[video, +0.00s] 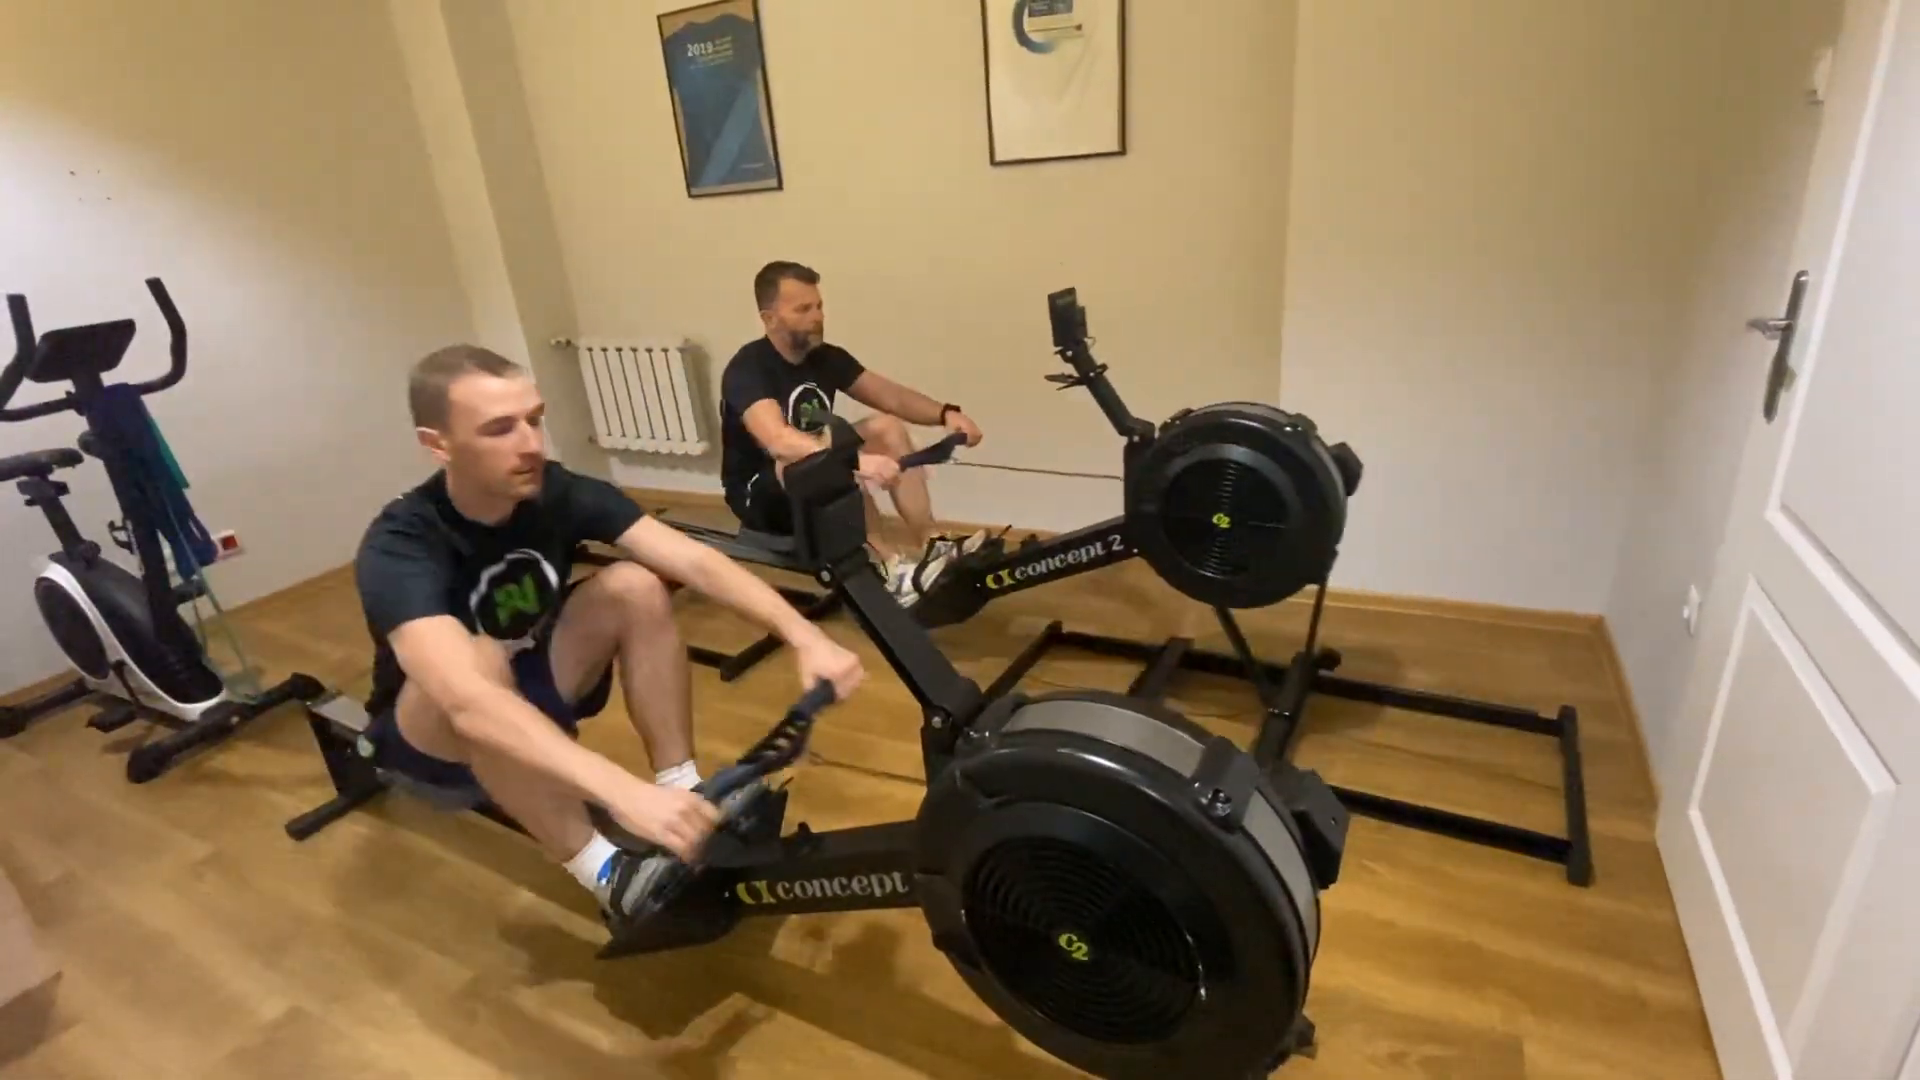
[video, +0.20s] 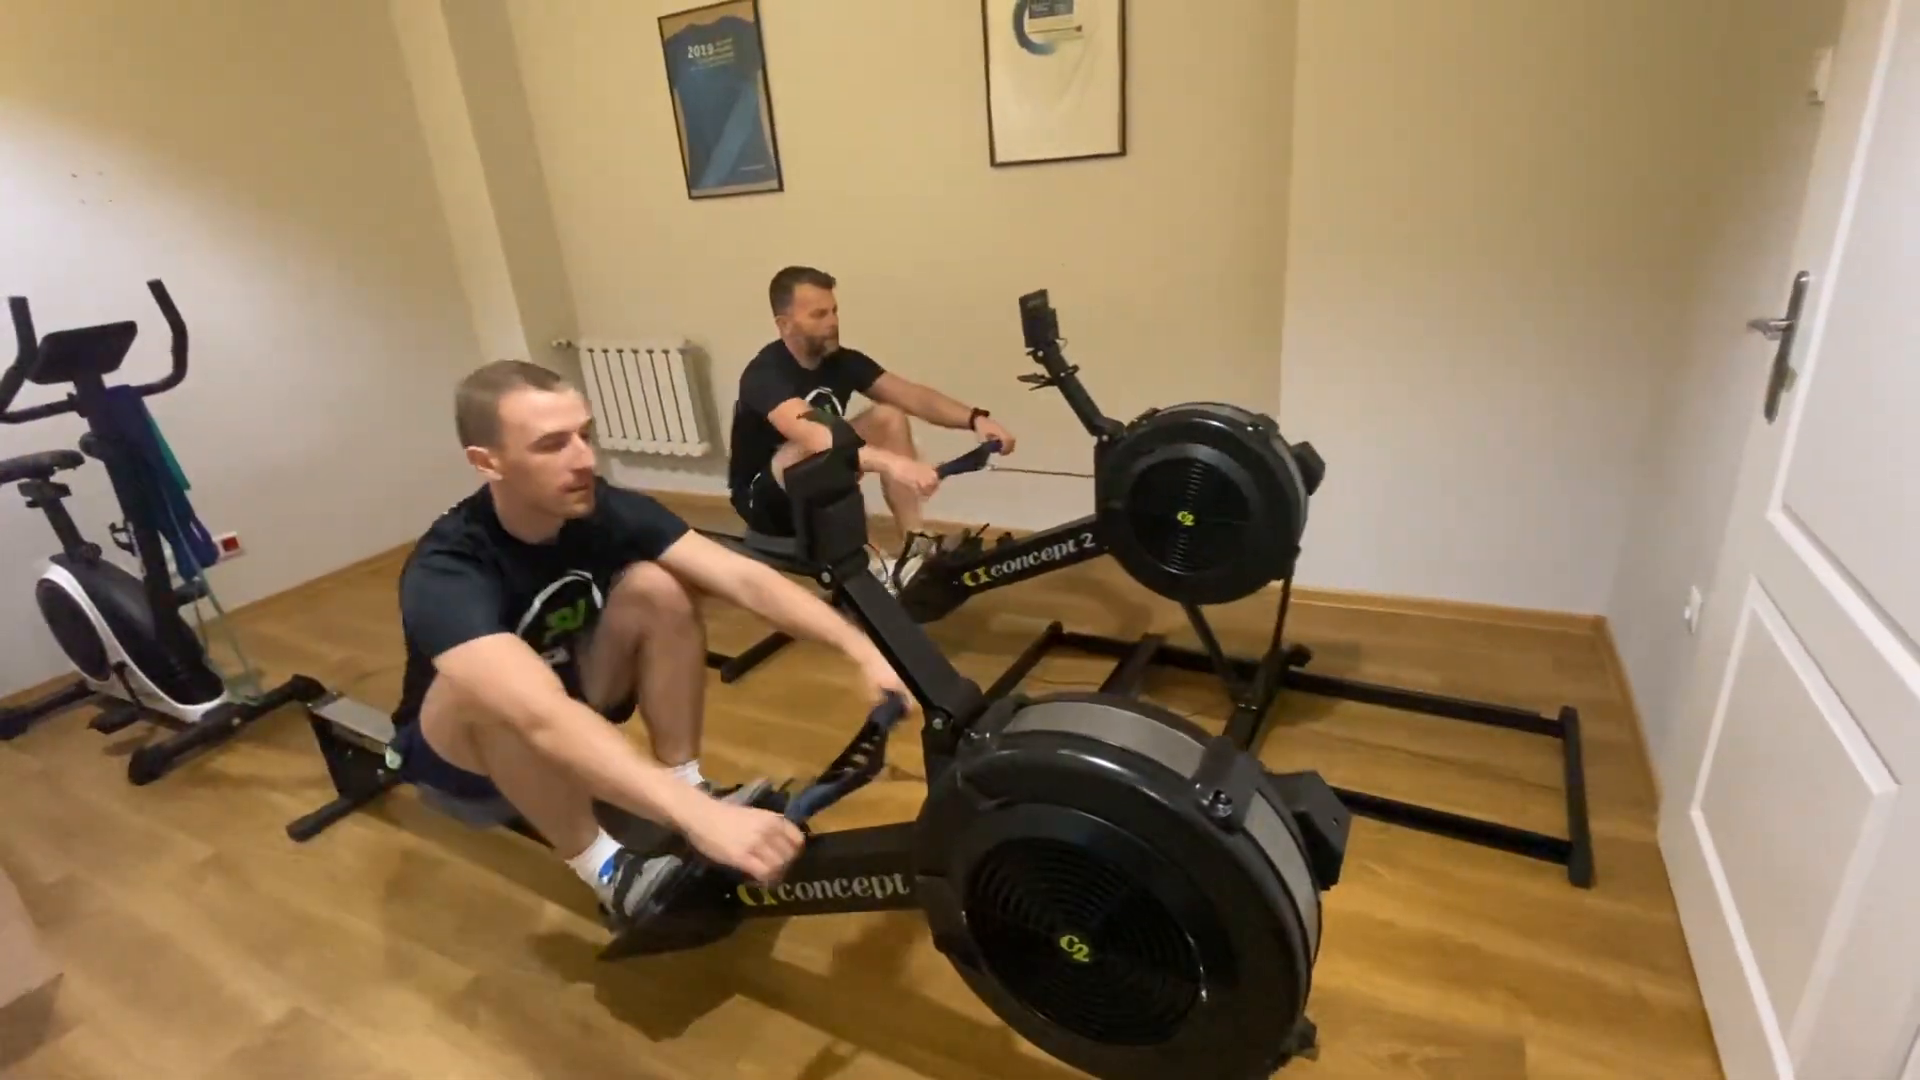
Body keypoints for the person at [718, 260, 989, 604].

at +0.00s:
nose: (818, 317)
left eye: (819, 307)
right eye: (804, 310)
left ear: (821, 303)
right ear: (769, 317)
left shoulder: (826, 358)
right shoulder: (746, 369)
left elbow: (888, 395)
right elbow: (779, 442)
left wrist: (945, 413)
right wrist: (854, 462)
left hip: (818, 476)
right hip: (762, 496)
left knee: (888, 429)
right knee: (818, 460)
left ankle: (932, 548)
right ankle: (892, 566)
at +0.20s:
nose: (833, 323)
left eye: (834, 312)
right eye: (820, 315)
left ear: (837, 310)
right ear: (784, 323)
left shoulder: (840, 362)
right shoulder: (763, 377)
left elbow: (909, 395)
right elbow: (817, 438)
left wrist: (977, 419)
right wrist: (892, 464)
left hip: (819, 481)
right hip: (764, 500)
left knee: (888, 419)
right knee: (814, 448)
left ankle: (916, 547)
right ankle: (865, 563)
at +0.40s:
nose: (856, 332)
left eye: (855, 321)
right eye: (842, 324)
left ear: (856, 318)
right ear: (806, 335)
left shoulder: (862, 371)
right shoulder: (789, 388)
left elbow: (943, 401)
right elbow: (848, 433)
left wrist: (1013, 426)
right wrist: (934, 471)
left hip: (826, 492)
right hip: (772, 507)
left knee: (891, 413)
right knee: (820, 435)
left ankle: (903, 540)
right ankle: (849, 557)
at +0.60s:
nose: (850, 329)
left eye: (851, 319)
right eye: (837, 322)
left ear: (853, 317)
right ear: (802, 332)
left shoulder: (858, 370)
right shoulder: (787, 389)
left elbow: (935, 399)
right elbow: (853, 431)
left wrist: (1008, 424)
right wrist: (935, 466)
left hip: (826, 494)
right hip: (773, 508)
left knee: (891, 412)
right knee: (833, 438)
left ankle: (918, 542)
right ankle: (857, 558)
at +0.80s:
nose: (810, 310)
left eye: (810, 299)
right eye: (795, 304)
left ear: (814, 298)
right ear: (764, 317)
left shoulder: (824, 357)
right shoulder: (753, 375)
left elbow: (893, 388)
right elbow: (823, 419)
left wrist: (963, 405)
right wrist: (893, 445)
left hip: (830, 472)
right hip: (771, 496)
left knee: (907, 453)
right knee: (849, 487)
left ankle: (962, 559)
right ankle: (925, 584)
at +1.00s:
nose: (768, 310)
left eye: (768, 298)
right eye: (754, 304)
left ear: (771, 295)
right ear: (722, 312)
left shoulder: (786, 352)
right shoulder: (714, 372)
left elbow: (852, 387)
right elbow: (759, 423)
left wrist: (906, 395)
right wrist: (823, 436)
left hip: (826, 479)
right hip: (777, 500)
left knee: (906, 484)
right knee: (871, 508)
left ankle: (1008, 567)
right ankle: (975, 597)